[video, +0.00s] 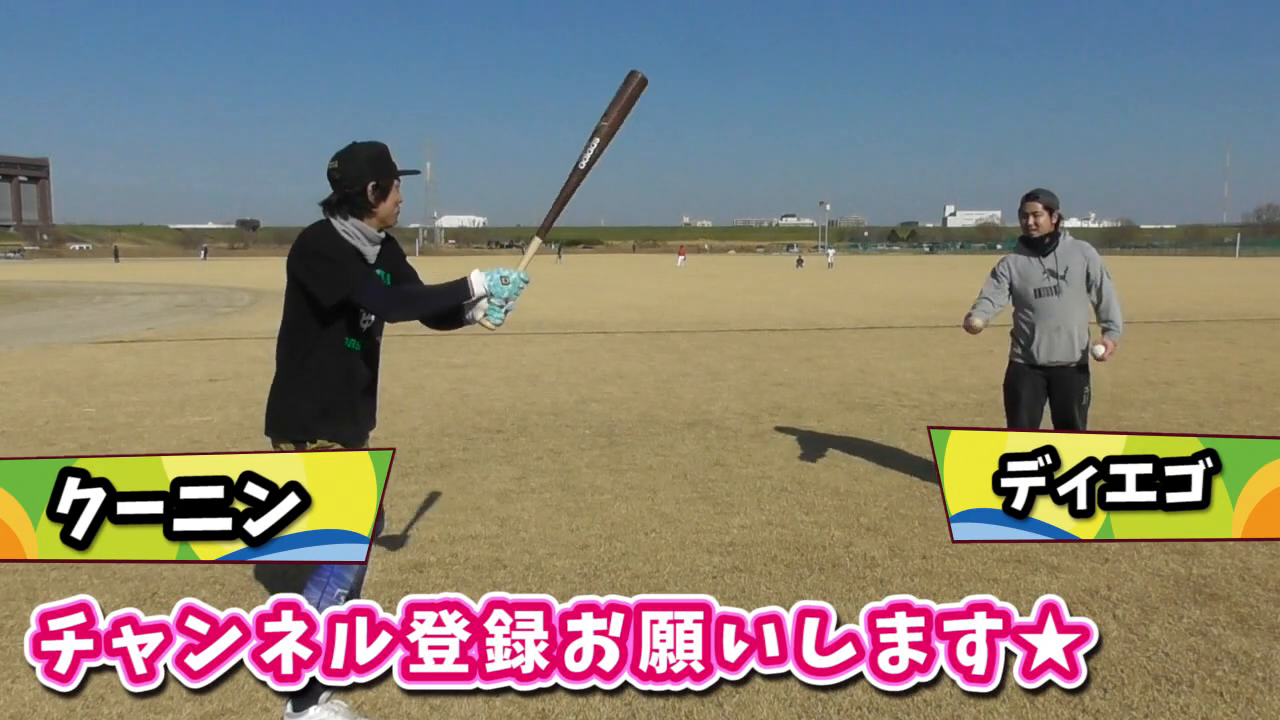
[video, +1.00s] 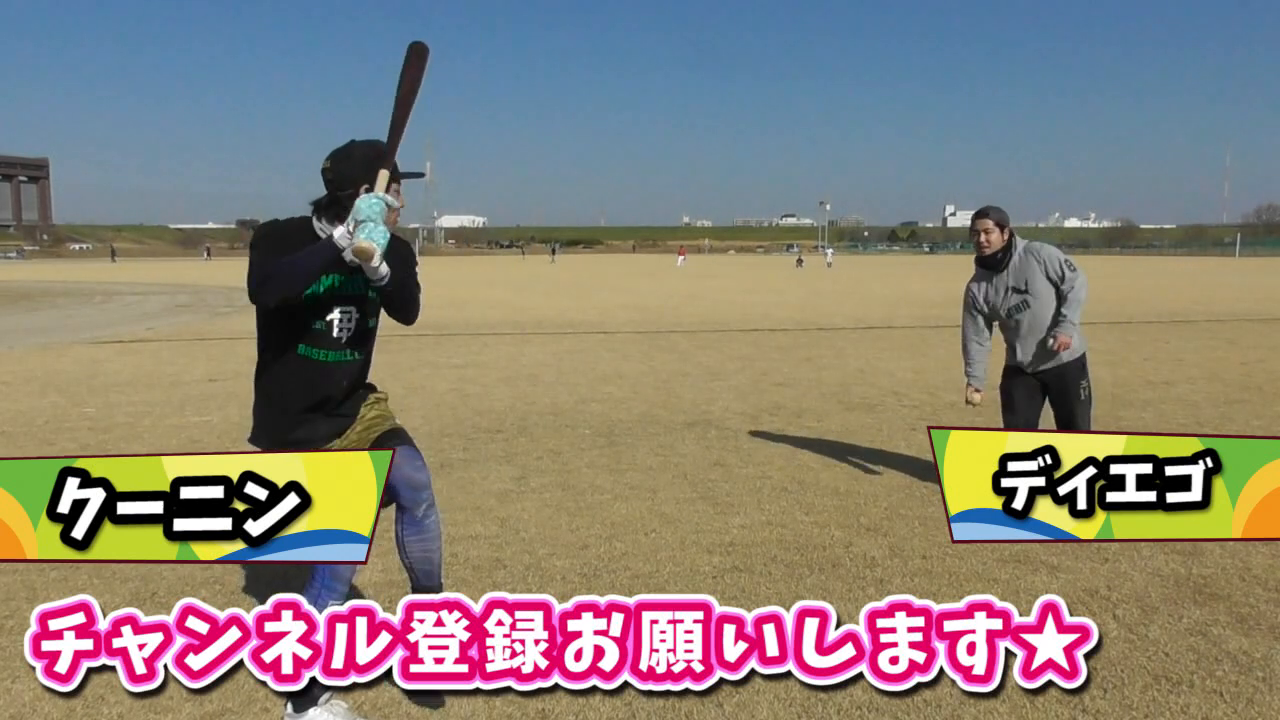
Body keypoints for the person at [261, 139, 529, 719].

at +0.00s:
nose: (400, 197)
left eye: (399, 188)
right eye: (395, 188)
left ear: (367, 191)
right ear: (373, 193)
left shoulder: (382, 249)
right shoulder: (319, 245)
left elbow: (422, 311)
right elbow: (382, 301)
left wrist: (475, 310)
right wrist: (470, 285)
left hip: (351, 425)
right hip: (311, 426)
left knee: (352, 548)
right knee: (345, 553)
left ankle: (316, 680)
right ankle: (304, 695)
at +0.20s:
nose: (407, 199)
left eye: (405, 189)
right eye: (403, 189)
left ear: (373, 192)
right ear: (380, 193)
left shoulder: (388, 247)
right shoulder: (326, 243)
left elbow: (436, 301)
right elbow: (395, 291)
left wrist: (487, 283)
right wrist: (476, 266)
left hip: (351, 422)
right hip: (314, 423)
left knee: (349, 545)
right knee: (348, 548)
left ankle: (319, 679)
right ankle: (306, 694)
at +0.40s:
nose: (404, 202)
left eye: (403, 193)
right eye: (400, 193)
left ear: (364, 197)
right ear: (378, 197)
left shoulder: (387, 250)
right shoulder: (320, 250)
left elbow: (450, 300)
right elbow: (398, 283)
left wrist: (493, 276)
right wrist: (476, 246)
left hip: (347, 433)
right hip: (312, 435)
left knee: (348, 547)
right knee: (359, 562)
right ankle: (308, 695)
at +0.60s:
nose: (399, 201)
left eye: (398, 191)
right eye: (394, 192)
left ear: (362, 196)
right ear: (368, 194)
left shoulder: (378, 252)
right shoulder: (298, 241)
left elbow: (435, 302)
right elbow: (351, 278)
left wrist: (457, 266)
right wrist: (434, 226)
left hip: (352, 431)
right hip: (300, 437)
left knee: (409, 526)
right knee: (349, 560)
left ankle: (356, 614)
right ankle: (308, 695)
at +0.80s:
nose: (393, 197)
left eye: (393, 190)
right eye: (389, 190)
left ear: (353, 192)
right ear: (365, 193)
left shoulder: (373, 245)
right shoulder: (283, 237)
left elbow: (417, 308)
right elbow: (299, 281)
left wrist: (406, 259)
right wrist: (377, 232)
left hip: (345, 406)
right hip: (287, 417)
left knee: (425, 503)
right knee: (344, 543)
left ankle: (414, 617)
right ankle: (307, 696)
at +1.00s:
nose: (396, 199)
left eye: (396, 189)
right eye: (388, 189)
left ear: (377, 193)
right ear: (355, 193)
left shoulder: (390, 246)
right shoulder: (281, 237)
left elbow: (407, 311)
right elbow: (266, 291)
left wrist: (375, 265)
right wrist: (343, 242)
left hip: (357, 407)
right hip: (295, 421)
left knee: (413, 479)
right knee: (343, 543)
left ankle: (431, 620)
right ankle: (306, 694)